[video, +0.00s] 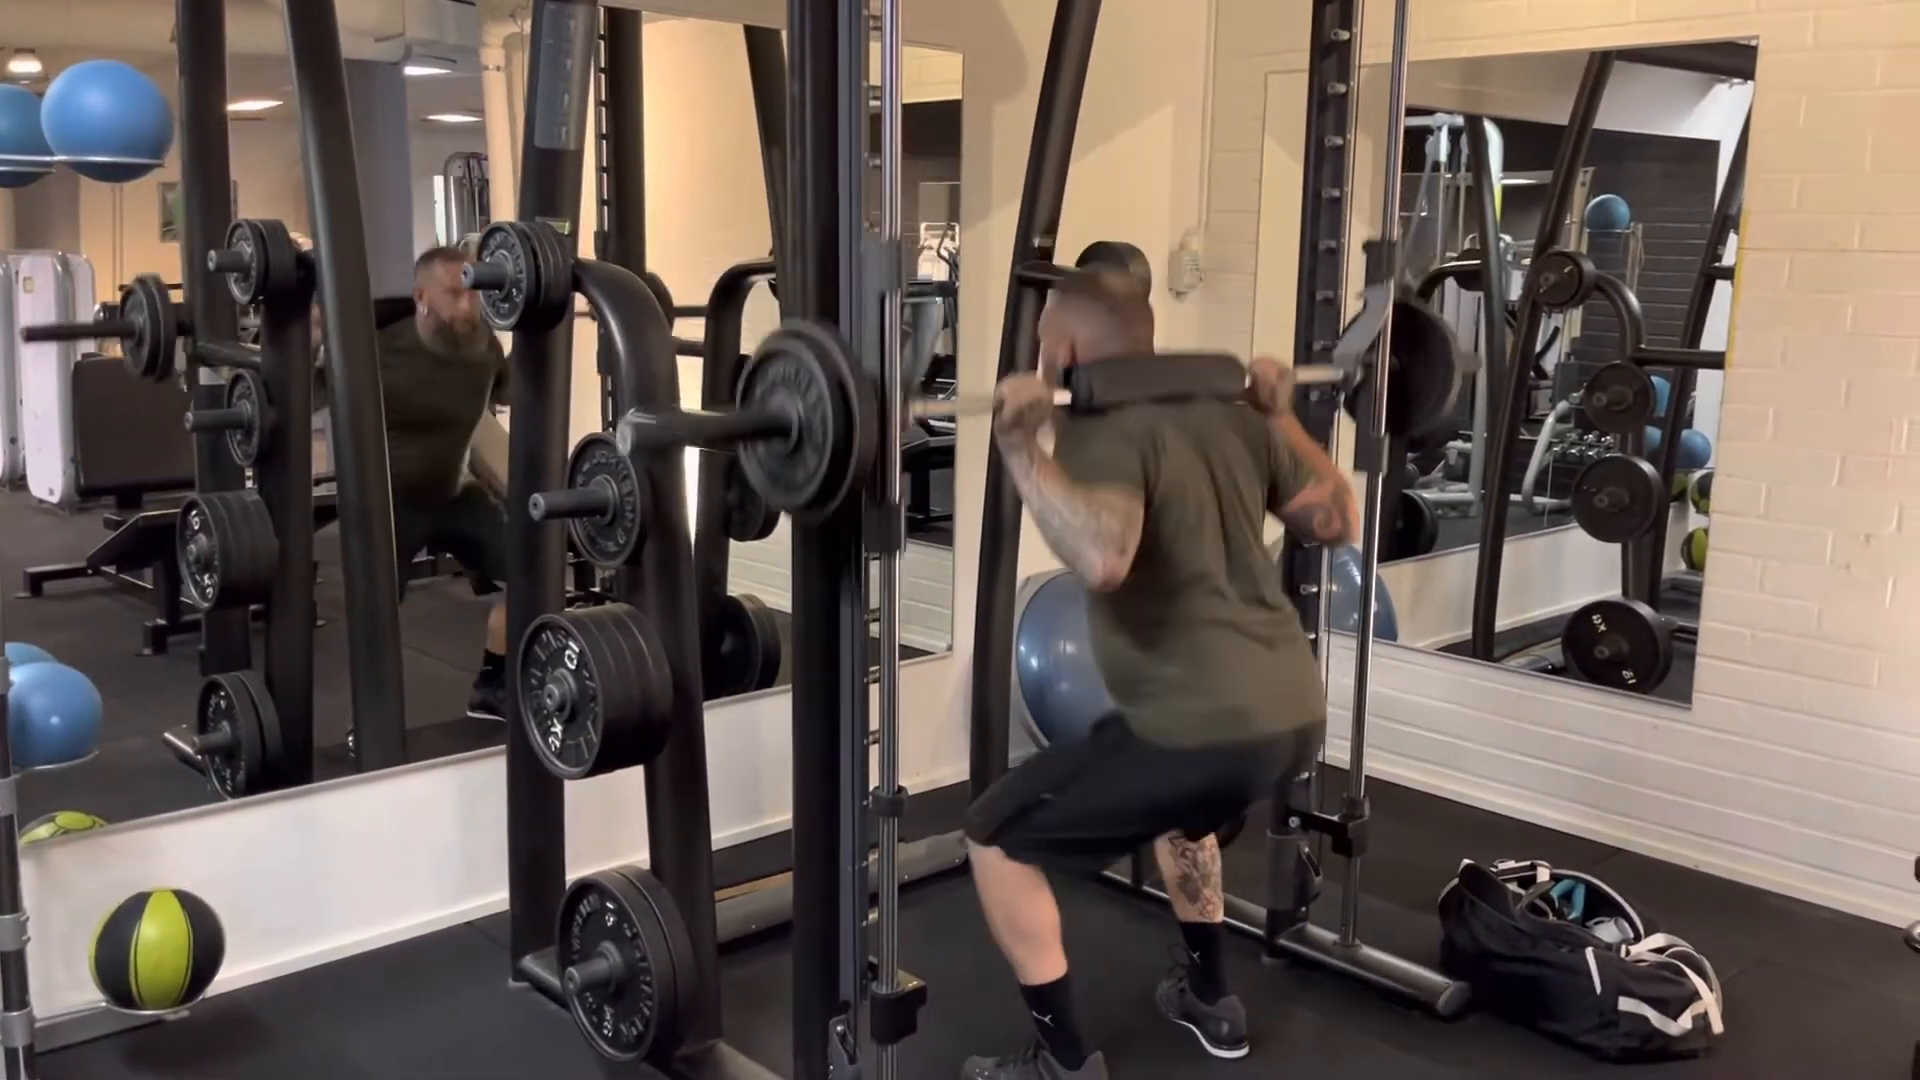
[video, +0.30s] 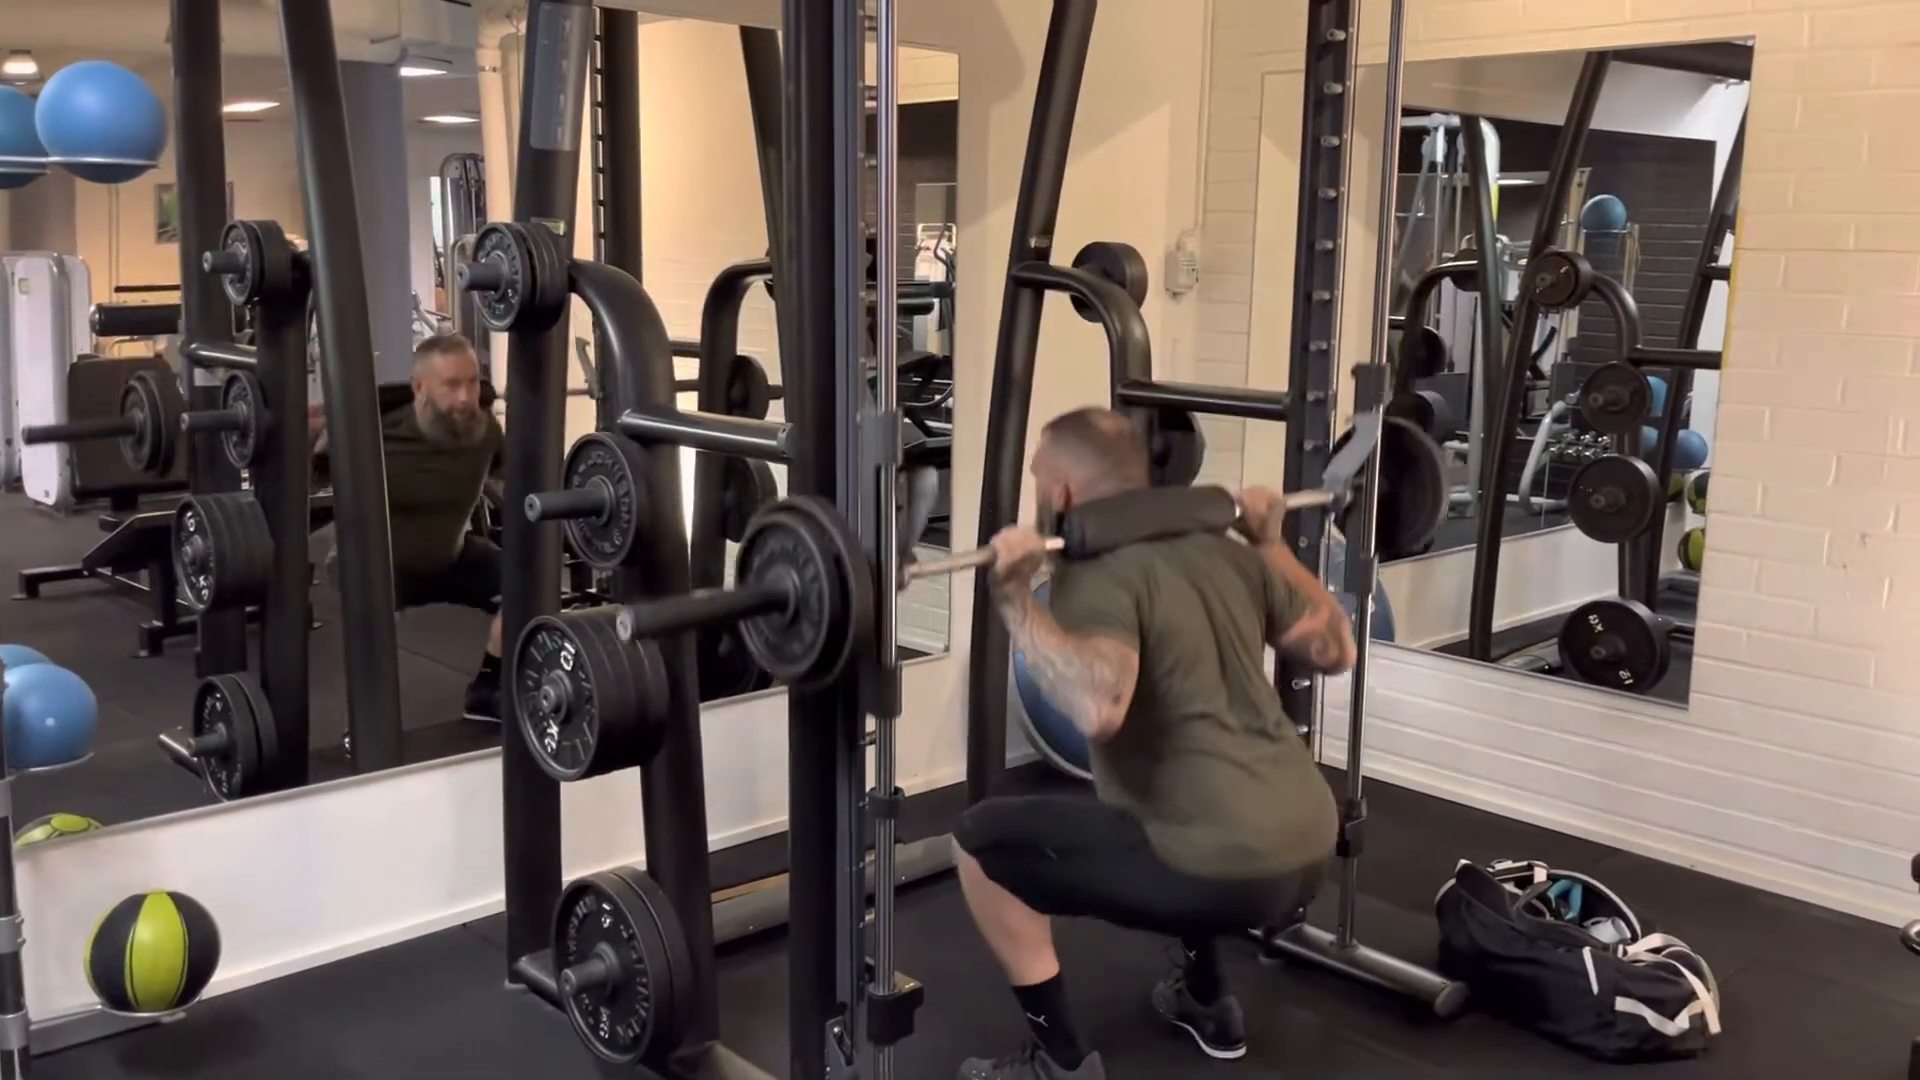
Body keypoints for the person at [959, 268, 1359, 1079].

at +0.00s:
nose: (1043, 347)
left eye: (1047, 330)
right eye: (1046, 328)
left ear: (1071, 337)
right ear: (1140, 333)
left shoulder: (1106, 423)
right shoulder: (1233, 412)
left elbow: (1102, 556)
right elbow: (1337, 517)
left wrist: (1023, 451)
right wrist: (1279, 413)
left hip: (1193, 733)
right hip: (1292, 719)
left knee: (996, 834)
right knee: (1178, 813)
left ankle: (1062, 1050)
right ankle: (1213, 998)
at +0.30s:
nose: (1037, 499)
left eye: (1038, 483)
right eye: (1035, 482)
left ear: (1064, 494)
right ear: (1139, 479)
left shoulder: (1101, 571)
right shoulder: (1227, 554)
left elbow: (1100, 705)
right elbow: (1335, 648)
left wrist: (1015, 596)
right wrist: (1273, 544)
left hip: (1212, 871)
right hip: (1308, 853)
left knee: (982, 841)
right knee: (1165, 800)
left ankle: (1058, 1054)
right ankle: (1209, 996)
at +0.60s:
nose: (1034, 557)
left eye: (1035, 540)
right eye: (1034, 539)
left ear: (1061, 552)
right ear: (1136, 536)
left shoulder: (1097, 630)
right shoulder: (1219, 605)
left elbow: (1091, 774)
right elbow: (1327, 705)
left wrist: (1008, 658)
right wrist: (1265, 597)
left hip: (1206, 930)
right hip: (1303, 905)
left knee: (975, 840)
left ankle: (1055, 1056)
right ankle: (1208, 1008)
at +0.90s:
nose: (1036, 489)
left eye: (1037, 475)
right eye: (1035, 474)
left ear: (1060, 485)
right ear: (1137, 472)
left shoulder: (1098, 565)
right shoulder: (1224, 551)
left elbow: (1094, 698)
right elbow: (1328, 647)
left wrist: (1009, 585)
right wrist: (1267, 540)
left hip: (1209, 855)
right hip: (1311, 843)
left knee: (981, 843)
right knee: (1154, 805)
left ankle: (1053, 1055)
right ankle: (1203, 999)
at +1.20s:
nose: (1041, 359)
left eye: (1044, 343)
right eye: (1043, 343)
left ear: (1065, 347)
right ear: (1140, 337)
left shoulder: (1097, 430)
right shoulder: (1225, 417)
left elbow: (1088, 562)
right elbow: (1328, 523)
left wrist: (1009, 451)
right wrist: (1270, 419)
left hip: (1193, 726)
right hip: (1292, 714)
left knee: (999, 844)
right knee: (1170, 815)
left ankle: (1054, 1060)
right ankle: (1205, 1010)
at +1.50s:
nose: (1041, 211)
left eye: (1044, 195)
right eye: (1045, 196)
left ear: (1069, 194)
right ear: (1148, 192)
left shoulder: (1099, 283)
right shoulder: (1225, 279)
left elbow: (1084, 413)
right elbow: (1317, 398)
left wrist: (1010, 289)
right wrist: (1275, 285)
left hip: (1151, 600)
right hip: (1250, 591)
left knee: (1075, 832)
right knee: (1203, 794)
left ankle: (1062, 1063)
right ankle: (1212, 1012)